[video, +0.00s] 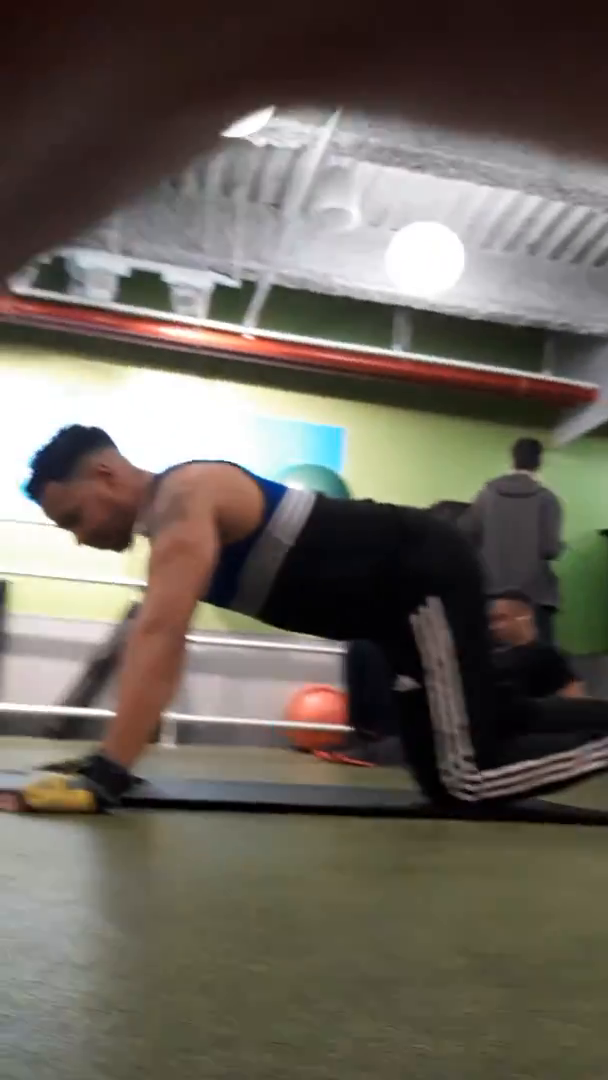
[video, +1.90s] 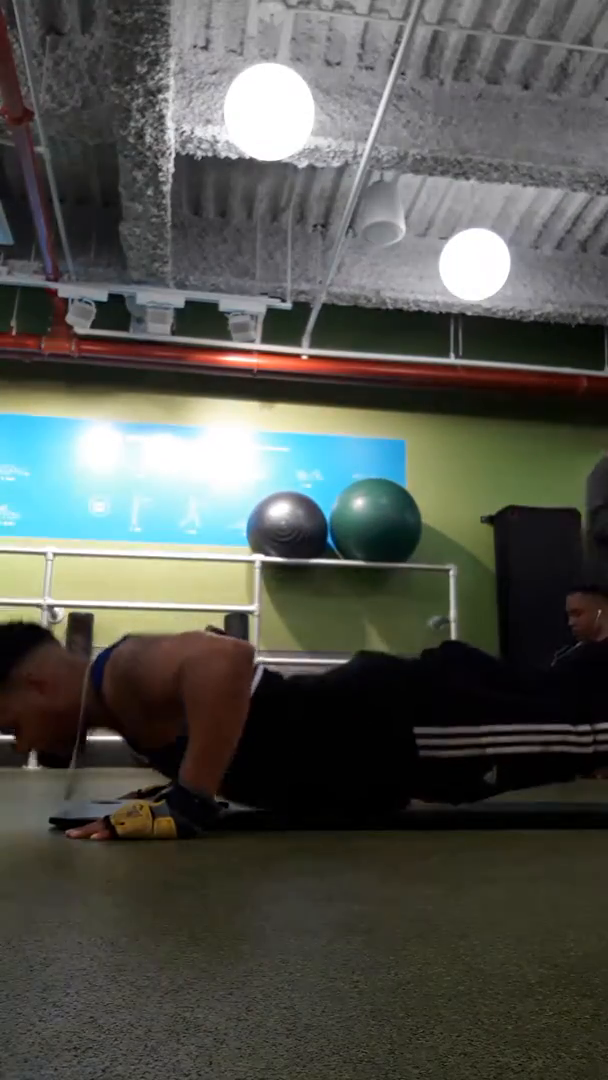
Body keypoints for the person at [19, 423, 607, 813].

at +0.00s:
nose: (80, 538)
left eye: (74, 519)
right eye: (69, 528)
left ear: (109, 476)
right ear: (107, 482)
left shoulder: (185, 495)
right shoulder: (175, 511)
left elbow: (160, 631)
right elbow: (159, 637)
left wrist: (107, 768)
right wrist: (114, 760)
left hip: (422, 578)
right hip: (404, 588)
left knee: (464, 777)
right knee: (448, 767)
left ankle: (601, 735)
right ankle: (589, 716)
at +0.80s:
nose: (105, 579)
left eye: (94, 562)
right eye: (91, 571)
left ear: (118, 515)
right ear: (121, 515)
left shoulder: (212, 517)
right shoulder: (203, 531)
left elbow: (220, 663)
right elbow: (220, 666)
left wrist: (187, 798)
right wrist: (188, 793)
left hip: (440, 605)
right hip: (427, 617)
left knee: (554, 787)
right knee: (534, 774)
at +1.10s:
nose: (78, 574)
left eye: (67, 555)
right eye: (64, 564)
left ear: (95, 510)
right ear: (99, 511)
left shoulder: (189, 515)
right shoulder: (184, 531)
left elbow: (213, 654)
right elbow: (211, 660)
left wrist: (189, 797)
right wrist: (184, 793)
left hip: (428, 594)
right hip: (418, 610)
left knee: (591, 703)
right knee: (553, 742)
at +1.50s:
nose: (63, 594)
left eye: (53, 575)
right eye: (48, 583)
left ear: (78, 534)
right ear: (83, 532)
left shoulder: (174, 543)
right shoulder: (165, 565)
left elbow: (217, 652)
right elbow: (219, 673)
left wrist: (187, 798)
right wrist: (186, 798)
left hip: (421, 642)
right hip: (410, 658)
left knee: (590, 697)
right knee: (568, 712)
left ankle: (591, 622)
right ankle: (588, 626)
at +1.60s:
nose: (48, 630)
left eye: (39, 609)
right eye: (36, 619)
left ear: (70, 565)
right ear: (73, 568)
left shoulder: (160, 577)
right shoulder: (154, 593)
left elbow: (223, 658)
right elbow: (242, 676)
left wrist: (189, 796)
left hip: (399, 670)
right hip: (388, 678)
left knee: (582, 705)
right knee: (565, 705)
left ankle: (591, 628)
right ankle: (589, 629)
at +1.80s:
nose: (21, 712)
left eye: (16, 691)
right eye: (10, 701)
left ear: (53, 640)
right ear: (54, 644)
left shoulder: (129, 647)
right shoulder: (133, 682)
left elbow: (225, 665)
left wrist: (188, 797)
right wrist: (381, 774)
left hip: (406, 713)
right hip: (397, 728)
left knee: (590, 723)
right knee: (568, 711)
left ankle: (592, 637)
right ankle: (591, 634)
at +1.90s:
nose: (25, 747)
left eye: (13, 725)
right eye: (13, 735)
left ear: (39, 680)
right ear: (44, 681)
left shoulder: (122, 672)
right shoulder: (135, 710)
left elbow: (221, 663)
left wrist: (189, 799)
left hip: (392, 726)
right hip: (382, 741)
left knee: (587, 727)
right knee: (556, 718)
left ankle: (593, 638)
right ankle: (589, 636)